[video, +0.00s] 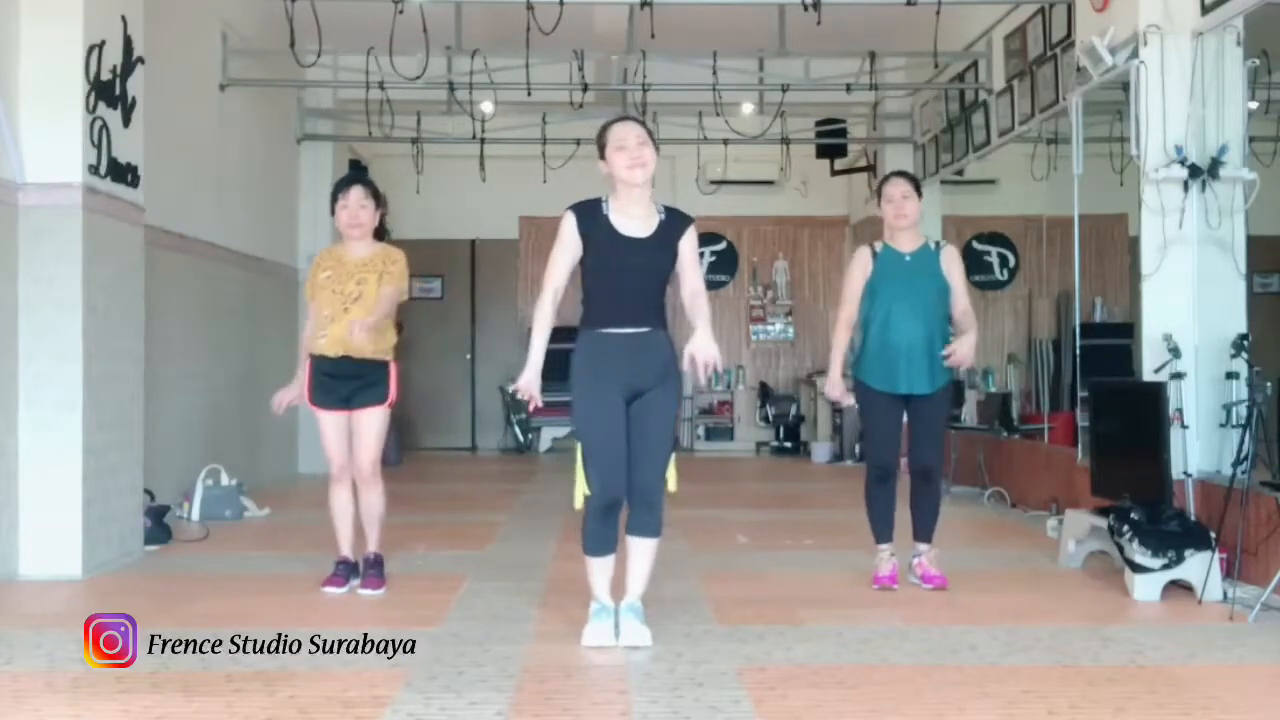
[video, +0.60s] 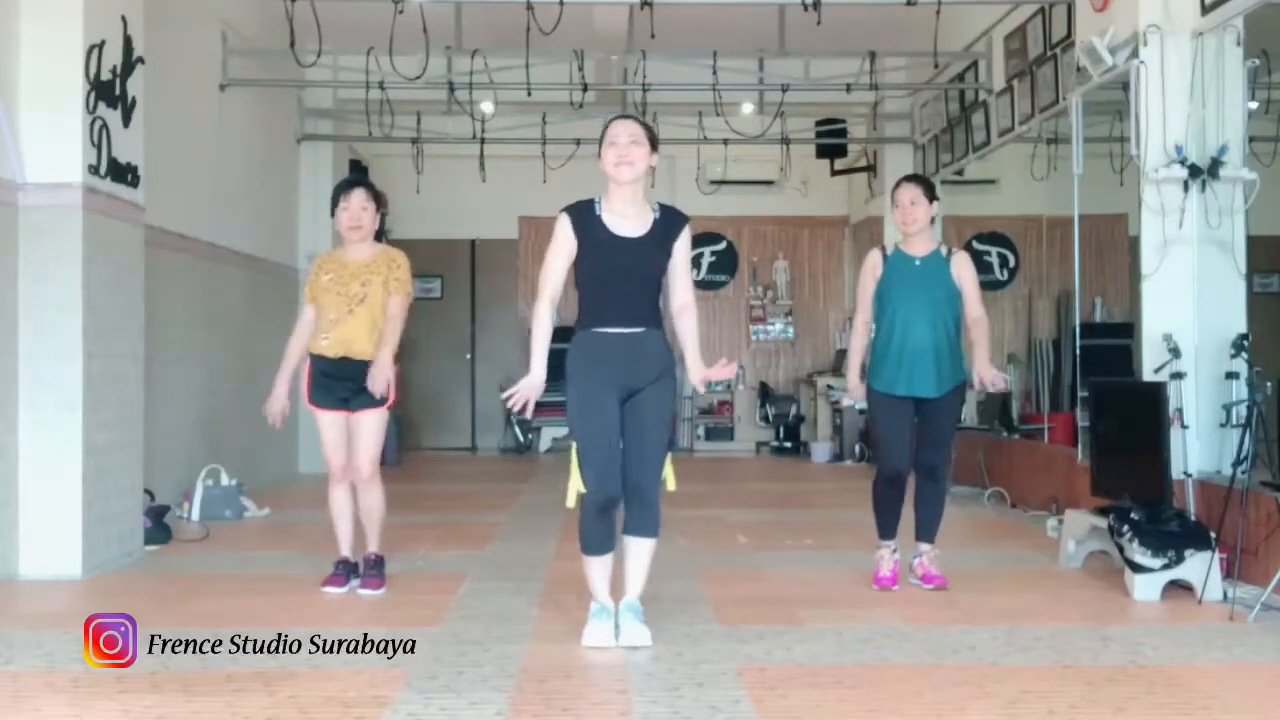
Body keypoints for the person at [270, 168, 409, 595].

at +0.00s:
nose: (354, 213)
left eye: (363, 204)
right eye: (345, 205)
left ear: (378, 213)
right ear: (334, 214)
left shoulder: (392, 259)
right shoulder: (324, 261)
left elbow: (389, 300)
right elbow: (313, 325)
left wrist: (370, 321)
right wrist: (299, 381)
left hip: (372, 369)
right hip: (326, 368)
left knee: (366, 468)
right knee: (338, 470)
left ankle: (372, 557)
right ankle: (345, 560)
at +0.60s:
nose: (354, 216)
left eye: (364, 208)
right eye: (346, 209)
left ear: (378, 216)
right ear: (334, 217)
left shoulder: (393, 261)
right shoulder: (323, 266)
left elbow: (396, 315)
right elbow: (304, 327)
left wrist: (384, 359)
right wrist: (281, 385)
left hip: (371, 369)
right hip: (325, 368)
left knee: (365, 470)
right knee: (338, 471)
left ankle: (372, 558)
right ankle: (345, 560)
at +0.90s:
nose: (358, 214)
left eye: (367, 206)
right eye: (349, 206)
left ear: (380, 215)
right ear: (337, 215)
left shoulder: (397, 259)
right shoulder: (324, 262)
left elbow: (415, 316)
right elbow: (307, 304)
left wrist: (432, 368)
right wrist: (293, 323)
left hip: (384, 370)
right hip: (335, 370)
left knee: (373, 468)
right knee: (336, 469)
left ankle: (374, 559)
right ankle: (343, 558)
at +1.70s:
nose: (355, 210)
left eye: (365, 203)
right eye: (348, 202)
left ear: (380, 212)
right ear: (336, 212)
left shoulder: (394, 259)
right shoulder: (322, 263)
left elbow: (400, 309)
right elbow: (305, 325)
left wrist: (390, 349)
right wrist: (290, 382)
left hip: (375, 367)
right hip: (328, 367)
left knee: (367, 468)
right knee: (337, 470)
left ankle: (372, 559)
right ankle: (345, 560)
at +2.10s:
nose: (350, 215)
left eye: (360, 208)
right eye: (343, 208)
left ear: (375, 217)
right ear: (331, 216)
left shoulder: (388, 262)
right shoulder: (320, 265)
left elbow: (374, 318)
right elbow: (310, 330)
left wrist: (356, 308)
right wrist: (300, 382)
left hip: (367, 369)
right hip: (322, 367)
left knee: (357, 469)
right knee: (335, 471)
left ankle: (371, 557)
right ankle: (346, 560)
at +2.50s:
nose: (352, 216)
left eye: (361, 210)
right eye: (344, 209)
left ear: (377, 219)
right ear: (333, 218)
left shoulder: (391, 260)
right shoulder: (323, 266)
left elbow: (393, 308)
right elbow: (304, 329)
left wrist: (388, 344)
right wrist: (282, 388)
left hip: (371, 369)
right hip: (324, 369)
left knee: (362, 469)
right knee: (337, 470)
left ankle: (372, 558)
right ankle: (347, 560)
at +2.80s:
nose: (358, 214)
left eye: (367, 207)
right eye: (349, 207)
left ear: (380, 215)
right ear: (336, 215)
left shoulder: (396, 261)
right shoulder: (323, 262)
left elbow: (411, 320)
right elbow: (306, 305)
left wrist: (422, 371)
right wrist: (292, 331)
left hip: (382, 370)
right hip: (333, 369)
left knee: (372, 468)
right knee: (340, 469)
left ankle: (373, 560)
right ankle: (346, 560)